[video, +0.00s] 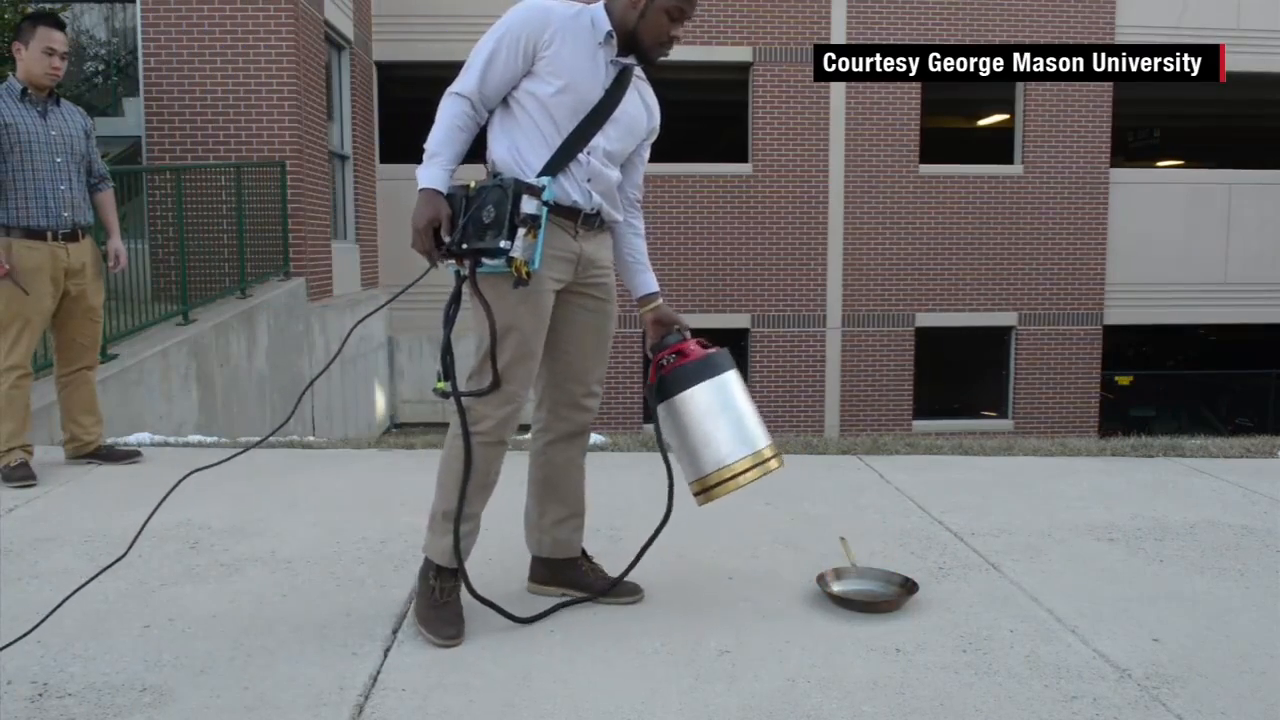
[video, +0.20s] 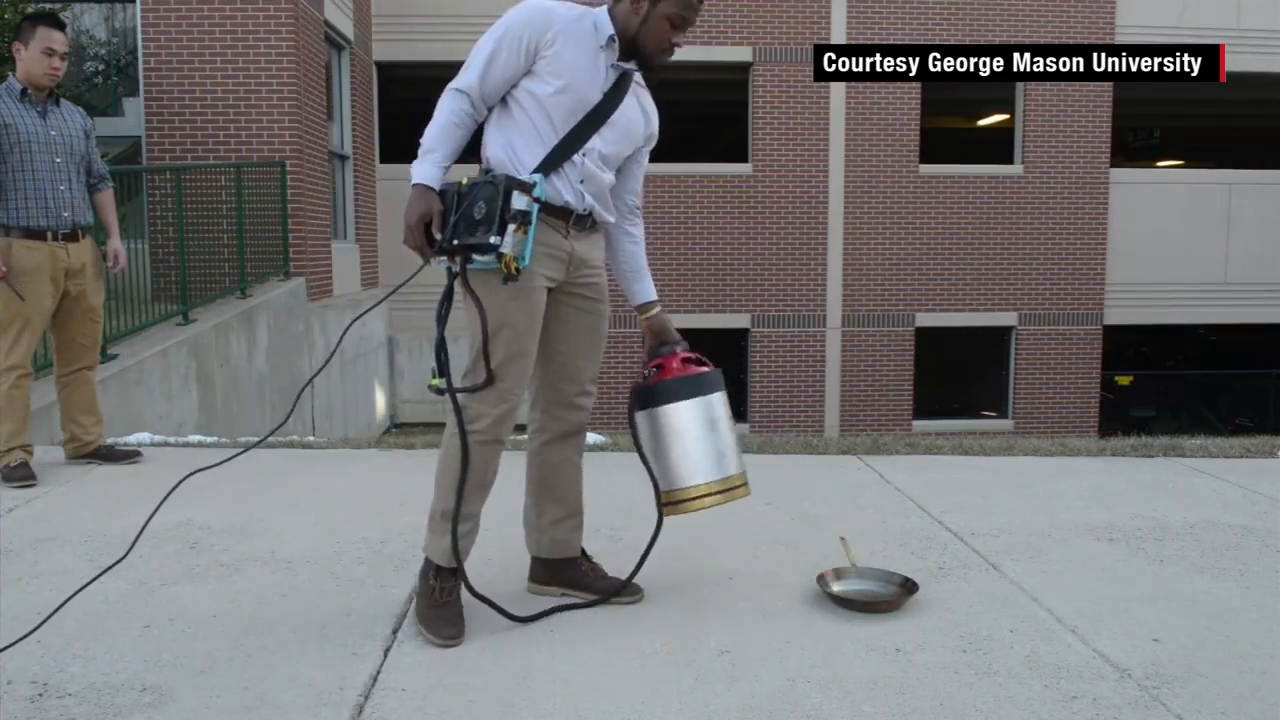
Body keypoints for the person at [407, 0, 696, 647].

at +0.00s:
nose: (680, 34)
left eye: (686, 22)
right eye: (676, 17)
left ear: (653, 14)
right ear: (638, 2)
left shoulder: (644, 105)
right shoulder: (546, 22)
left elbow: (627, 208)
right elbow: (465, 98)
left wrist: (649, 296)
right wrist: (432, 188)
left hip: (595, 251)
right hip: (517, 237)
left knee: (571, 409)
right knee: (492, 407)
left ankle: (556, 557)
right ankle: (443, 568)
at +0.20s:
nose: (679, 41)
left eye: (687, 30)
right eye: (676, 24)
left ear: (652, 16)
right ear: (637, 3)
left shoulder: (642, 112)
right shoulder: (548, 23)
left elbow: (624, 217)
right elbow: (466, 96)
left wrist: (649, 307)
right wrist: (425, 183)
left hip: (587, 251)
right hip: (510, 235)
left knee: (566, 409)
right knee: (489, 407)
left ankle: (556, 557)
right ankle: (443, 570)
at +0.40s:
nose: (687, 58)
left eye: (695, 48)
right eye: (684, 40)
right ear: (646, 14)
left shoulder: (644, 126)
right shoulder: (556, 26)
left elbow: (625, 229)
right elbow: (470, 89)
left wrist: (646, 325)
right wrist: (418, 175)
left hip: (573, 252)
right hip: (499, 233)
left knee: (562, 406)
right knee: (475, 406)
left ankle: (555, 557)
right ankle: (436, 570)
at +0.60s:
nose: (701, 78)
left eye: (709, 67)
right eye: (698, 59)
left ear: (694, 61)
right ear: (659, 33)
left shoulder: (648, 145)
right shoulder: (569, 36)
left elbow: (630, 249)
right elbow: (478, 87)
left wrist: (648, 341)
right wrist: (414, 166)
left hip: (563, 255)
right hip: (491, 233)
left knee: (559, 412)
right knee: (466, 412)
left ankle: (554, 558)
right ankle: (427, 568)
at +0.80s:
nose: (709, 97)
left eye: (718, 88)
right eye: (708, 79)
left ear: (688, 69)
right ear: (672, 51)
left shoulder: (652, 160)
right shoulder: (584, 45)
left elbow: (634, 262)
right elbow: (486, 88)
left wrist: (650, 356)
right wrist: (417, 158)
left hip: (559, 258)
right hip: (485, 232)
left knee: (559, 411)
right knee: (462, 409)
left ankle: (554, 557)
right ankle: (417, 564)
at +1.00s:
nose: (713, 105)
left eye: (724, 98)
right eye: (710, 85)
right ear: (674, 59)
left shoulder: (655, 171)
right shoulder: (593, 52)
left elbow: (635, 271)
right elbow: (491, 89)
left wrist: (651, 369)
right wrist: (418, 158)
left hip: (556, 258)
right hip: (484, 231)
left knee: (558, 411)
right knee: (465, 408)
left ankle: (555, 557)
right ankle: (419, 565)